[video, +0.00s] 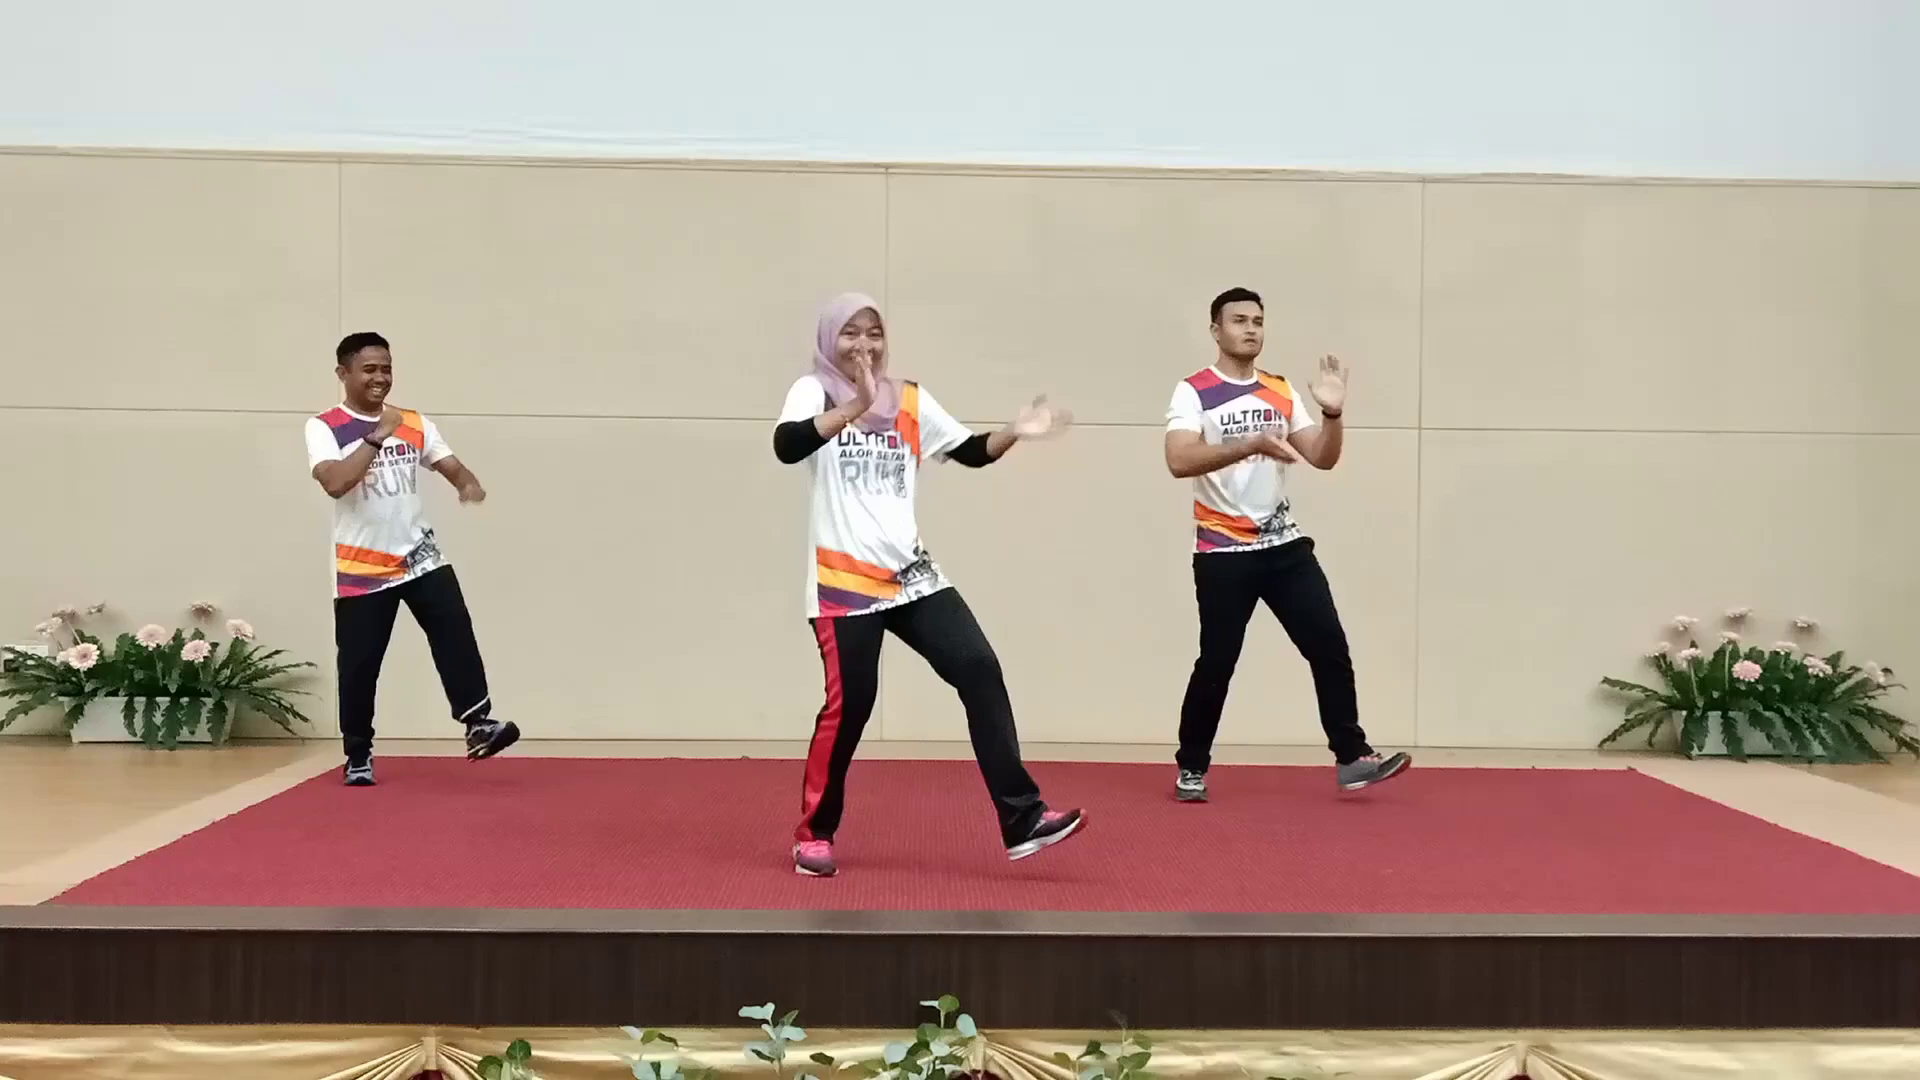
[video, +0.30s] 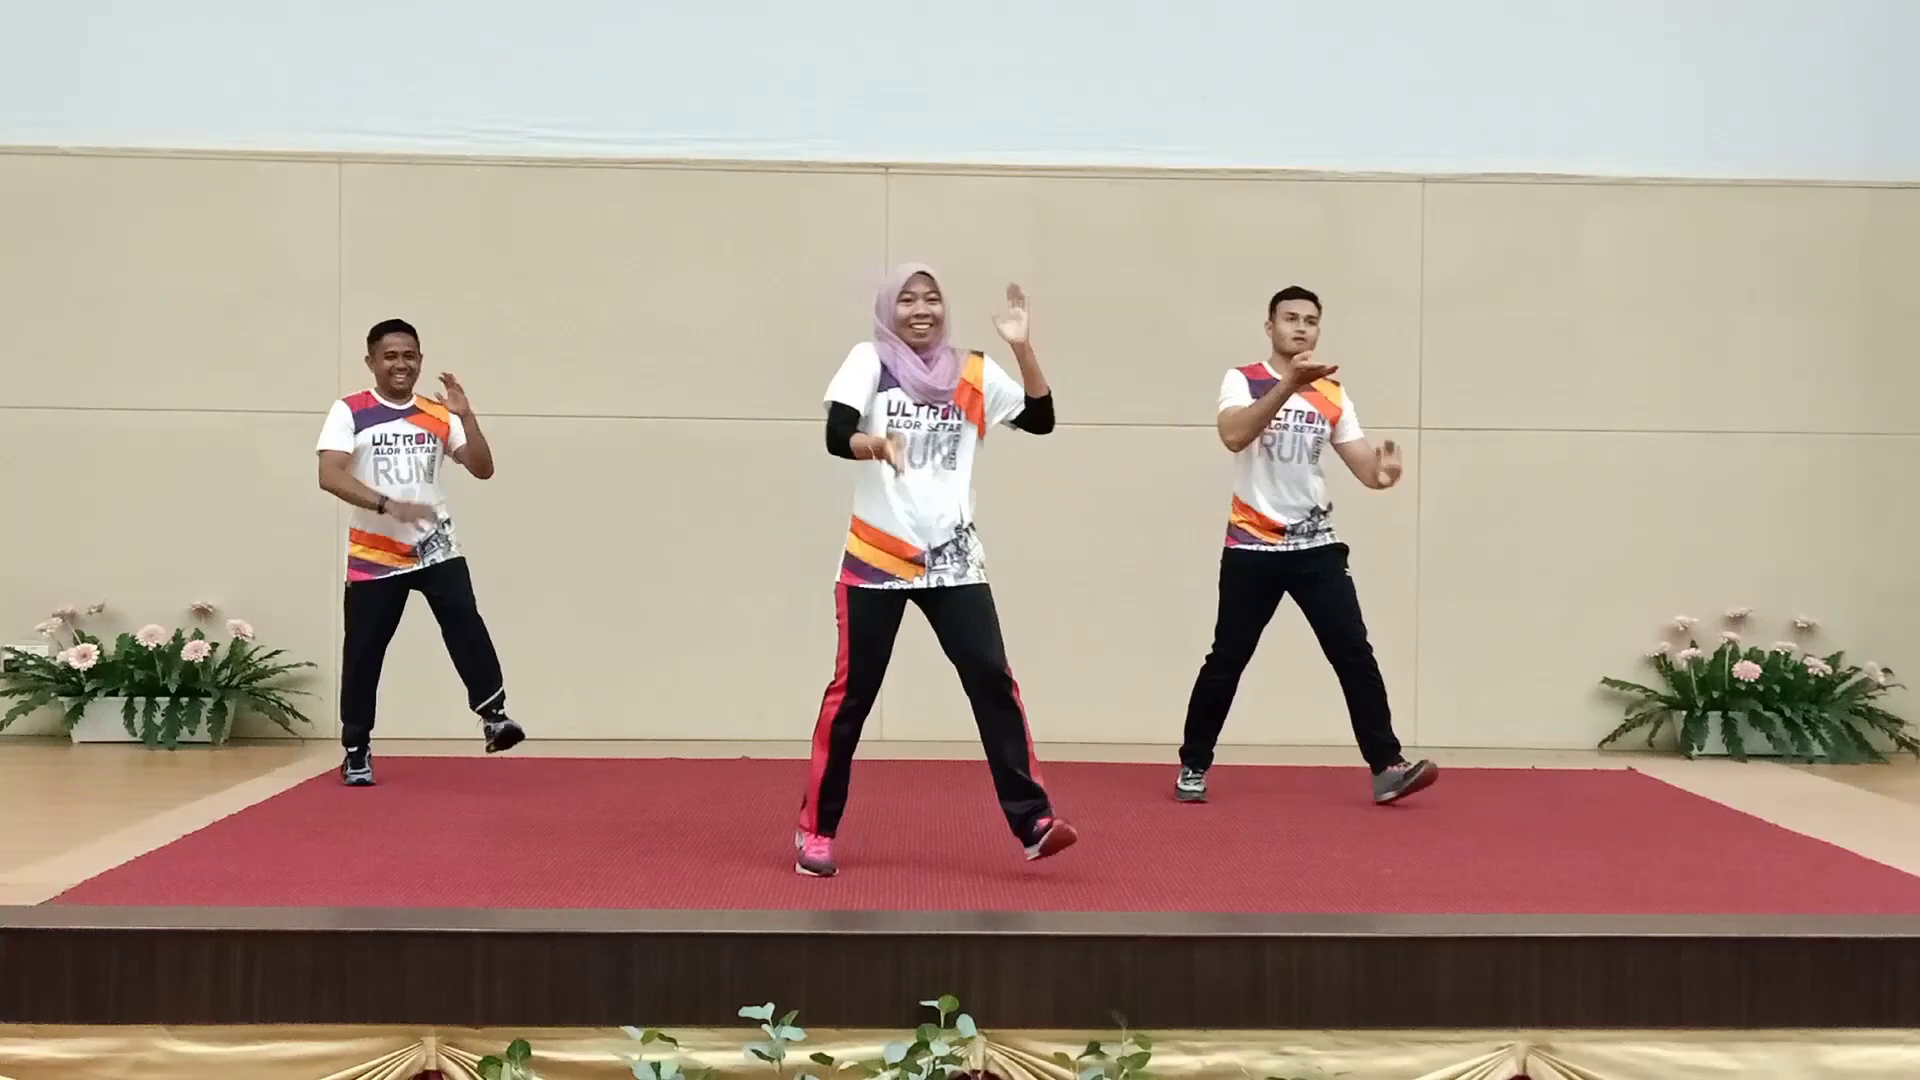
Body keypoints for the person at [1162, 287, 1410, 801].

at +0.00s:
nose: (1251, 329)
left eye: (1257, 322)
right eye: (1239, 321)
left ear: (1264, 332)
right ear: (1216, 330)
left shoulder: (1283, 392)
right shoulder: (1193, 391)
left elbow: (1323, 457)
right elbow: (1180, 461)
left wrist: (1333, 414)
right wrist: (1253, 445)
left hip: (1283, 546)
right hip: (1223, 552)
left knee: (1329, 648)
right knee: (1217, 663)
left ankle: (1352, 760)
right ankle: (1192, 767)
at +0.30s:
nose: (1302, 329)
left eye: (1311, 322)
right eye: (1291, 319)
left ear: (1320, 332)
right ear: (1269, 327)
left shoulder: (1331, 397)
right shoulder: (1243, 381)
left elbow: (1366, 468)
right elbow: (1234, 437)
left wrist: (1383, 470)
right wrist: (1289, 383)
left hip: (1315, 548)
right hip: (1252, 549)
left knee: (1354, 654)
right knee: (1227, 659)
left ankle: (1386, 768)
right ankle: (1194, 765)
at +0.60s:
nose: (1368, 332)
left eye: (1380, 326)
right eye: (1361, 323)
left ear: (1396, 338)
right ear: (1347, 329)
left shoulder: (1413, 401)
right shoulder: (1317, 386)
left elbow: (1425, 474)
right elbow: (1295, 449)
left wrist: (1422, 511)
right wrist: (1346, 389)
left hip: (1388, 549)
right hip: (1320, 546)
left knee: (1402, 661)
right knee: (1281, 651)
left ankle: (1400, 777)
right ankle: (1245, 759)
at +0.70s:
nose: (1391, 325)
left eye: (1404, 320)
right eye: (1386, 316)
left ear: (1421, 333)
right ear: (1374, 322)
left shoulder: (1437, 393)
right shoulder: (1341, 385)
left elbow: (1452, 466)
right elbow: (1315, 453)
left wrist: (1438, 471)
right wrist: (1365, 421)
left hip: (1410, 544)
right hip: (1345, 541)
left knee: (1407, 662)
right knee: (1317, 642)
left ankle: (1400, 774)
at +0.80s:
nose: (1401, 324)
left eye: (1415, 320)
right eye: (1397, 315)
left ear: (1433, 334)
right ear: (1385, 322)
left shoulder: (1449, 392)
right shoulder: (1351, 385)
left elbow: (1461, 476)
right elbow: (1327, 457)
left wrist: (1453, 454)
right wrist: (1369, 441)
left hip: (1420, 544)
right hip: (1358, 541)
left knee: (1412, 660)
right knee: (1339, 643)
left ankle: (1401, 773)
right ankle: (1386, 738)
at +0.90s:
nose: (1424, 332)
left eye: (1438, 328)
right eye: (1420, 322)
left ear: (1455, 342)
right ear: (1408, 329)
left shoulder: (1468, 397)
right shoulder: (1373, 393)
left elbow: (1481, 472)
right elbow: (1352, 466)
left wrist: (1462, 419)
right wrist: (1375, 483)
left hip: (1443, 543)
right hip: (1386, 545)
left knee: (1424, 660)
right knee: (1395, 661)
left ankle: (1405, 774)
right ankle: (1452, 753)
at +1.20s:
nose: (1469, 337)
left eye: (1482, 332)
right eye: (1464, 327)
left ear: (1499, 346)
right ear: (1452, 333)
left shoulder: (1513, 402)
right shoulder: (1418, 397)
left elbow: (1528, 479)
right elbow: (1393, 465)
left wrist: (1491, 448)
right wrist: (1408, 471)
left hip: (1488, 545)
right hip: (1430, 550)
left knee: (1481, 647)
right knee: (1438, 659)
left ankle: (1484, 766)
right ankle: (1464, 765)